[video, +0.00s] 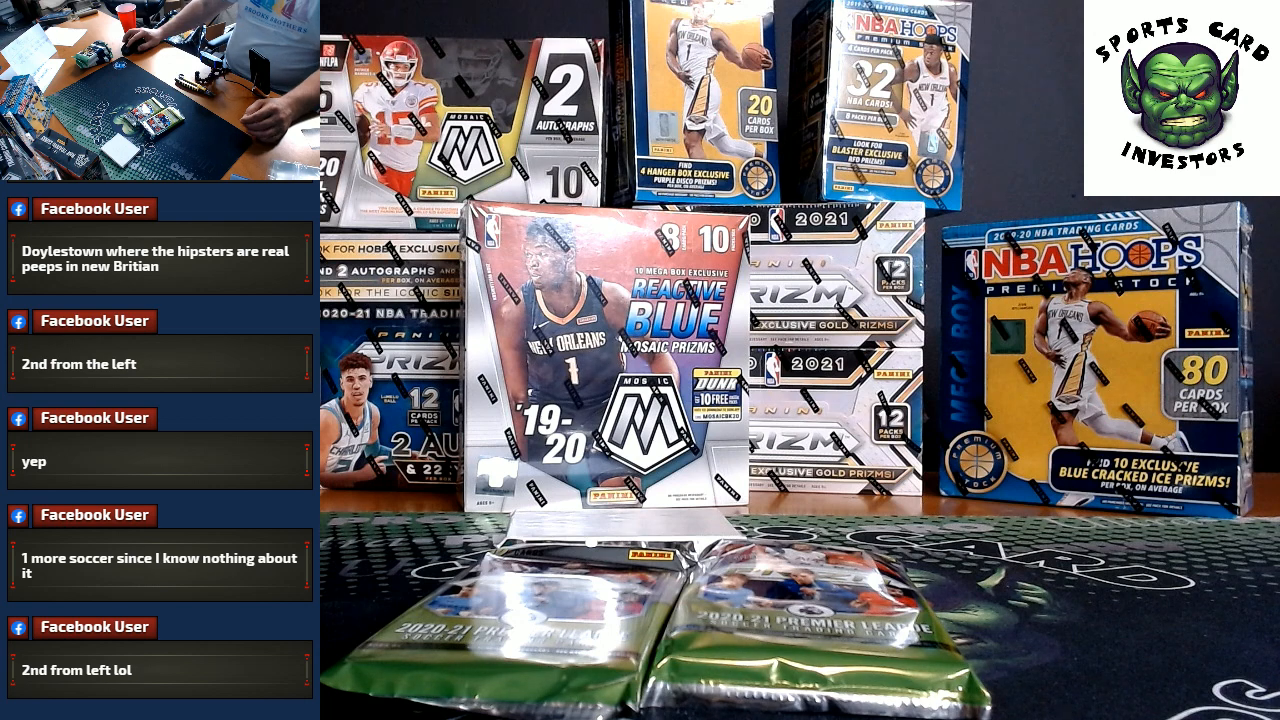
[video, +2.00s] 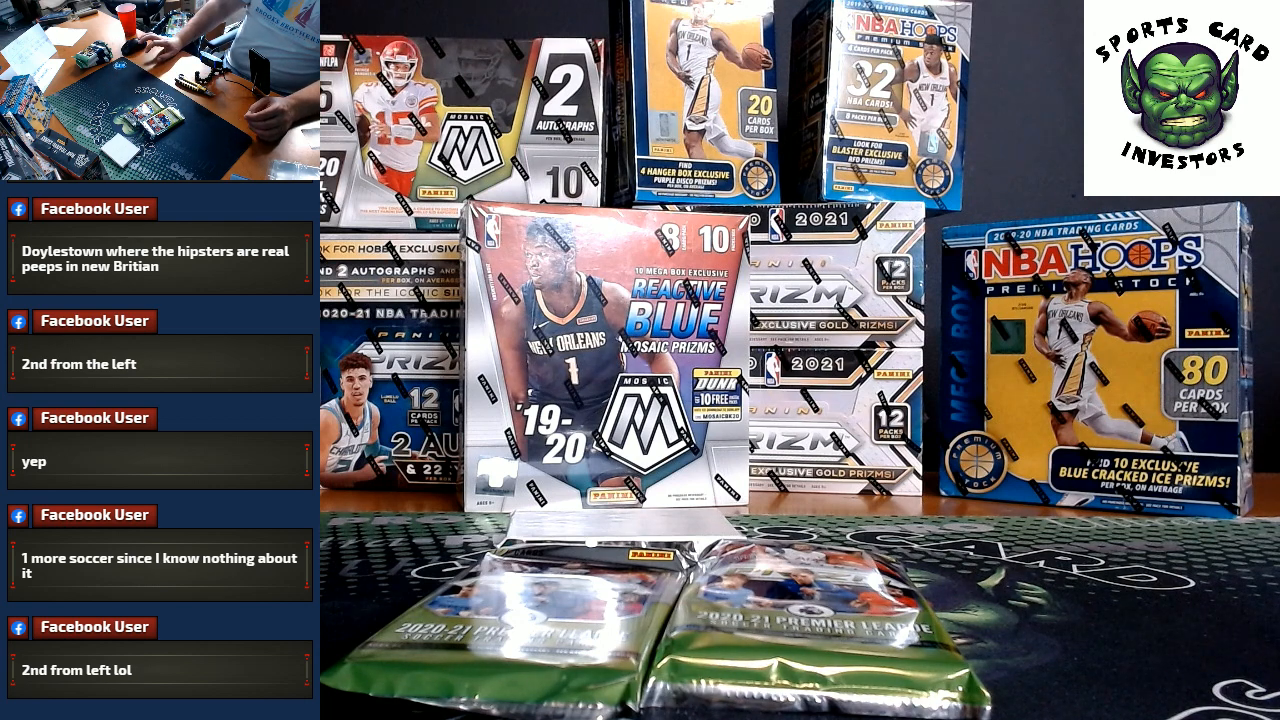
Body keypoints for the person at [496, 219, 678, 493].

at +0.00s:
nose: (533, 263)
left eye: (542, 254)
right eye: (529, 255)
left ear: (569, 256)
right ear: (525, 259)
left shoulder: (611, 299)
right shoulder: (514, 312)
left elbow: (658, 357)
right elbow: (518, 399)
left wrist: (664, 414)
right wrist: (524, 460)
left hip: (610, 418)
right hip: (549, 422)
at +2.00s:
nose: (532, 263)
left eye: (542, 254)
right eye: (529, 255)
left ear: (570, 255)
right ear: (524, 258)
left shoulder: (611, 299)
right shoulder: (513, 312)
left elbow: (658, 357)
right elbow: (518, 399)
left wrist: (663, 414)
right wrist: (524, 460)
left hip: (610, 423)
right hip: (549, 427)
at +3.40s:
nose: (532, 263)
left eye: (542, 254)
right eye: (529, 255)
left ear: (570, 255)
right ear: (524, 258)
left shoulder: (611, 299)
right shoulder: (513, 312)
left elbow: (658, 357)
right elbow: (518, 399)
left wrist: (663, 415)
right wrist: (523, 461)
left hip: (610, 422)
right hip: (549, 426)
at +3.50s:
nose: (532, 263)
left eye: (542, 254)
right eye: (529, 255)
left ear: (570, 255)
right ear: (525, 259)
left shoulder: (611, 299)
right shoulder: (513, 313)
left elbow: (658, 357)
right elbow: (518, 398)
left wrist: (662, 413)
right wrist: (524, 460)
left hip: (610, 422)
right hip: (549, 427)